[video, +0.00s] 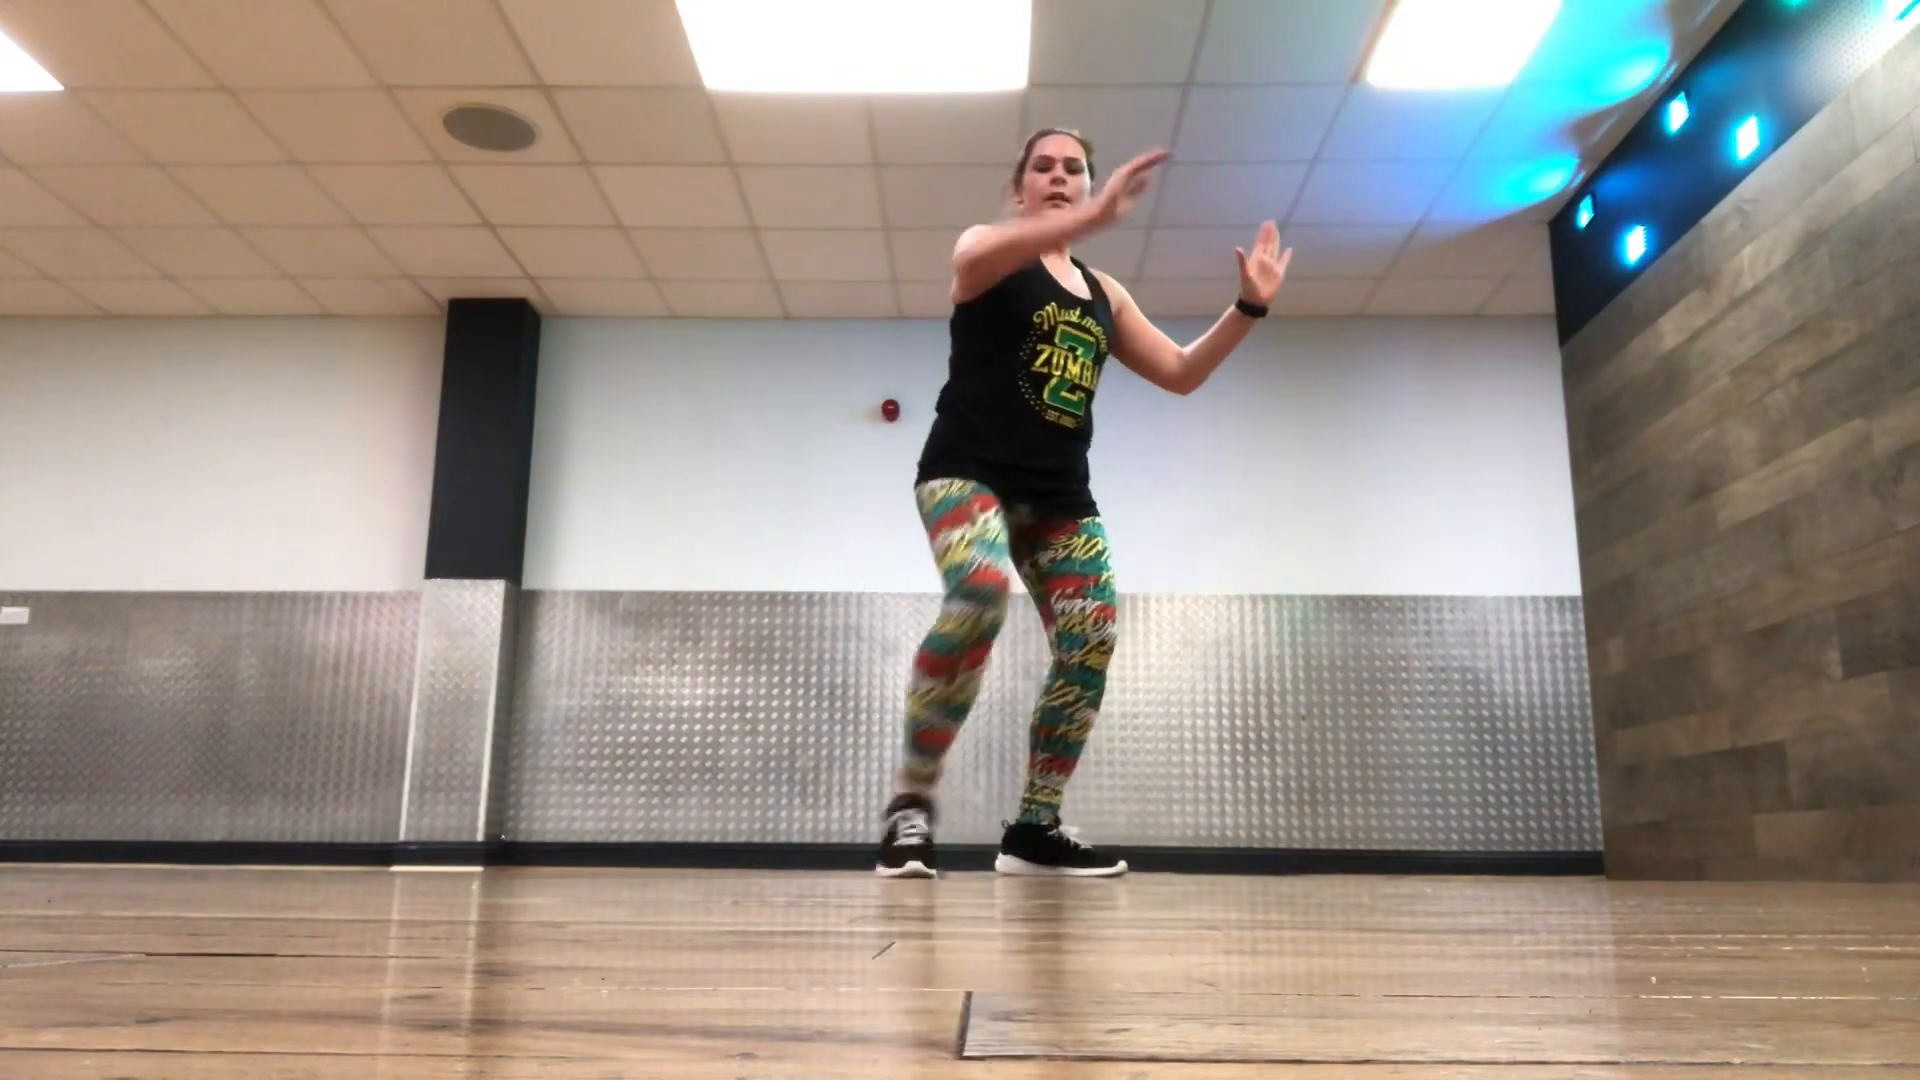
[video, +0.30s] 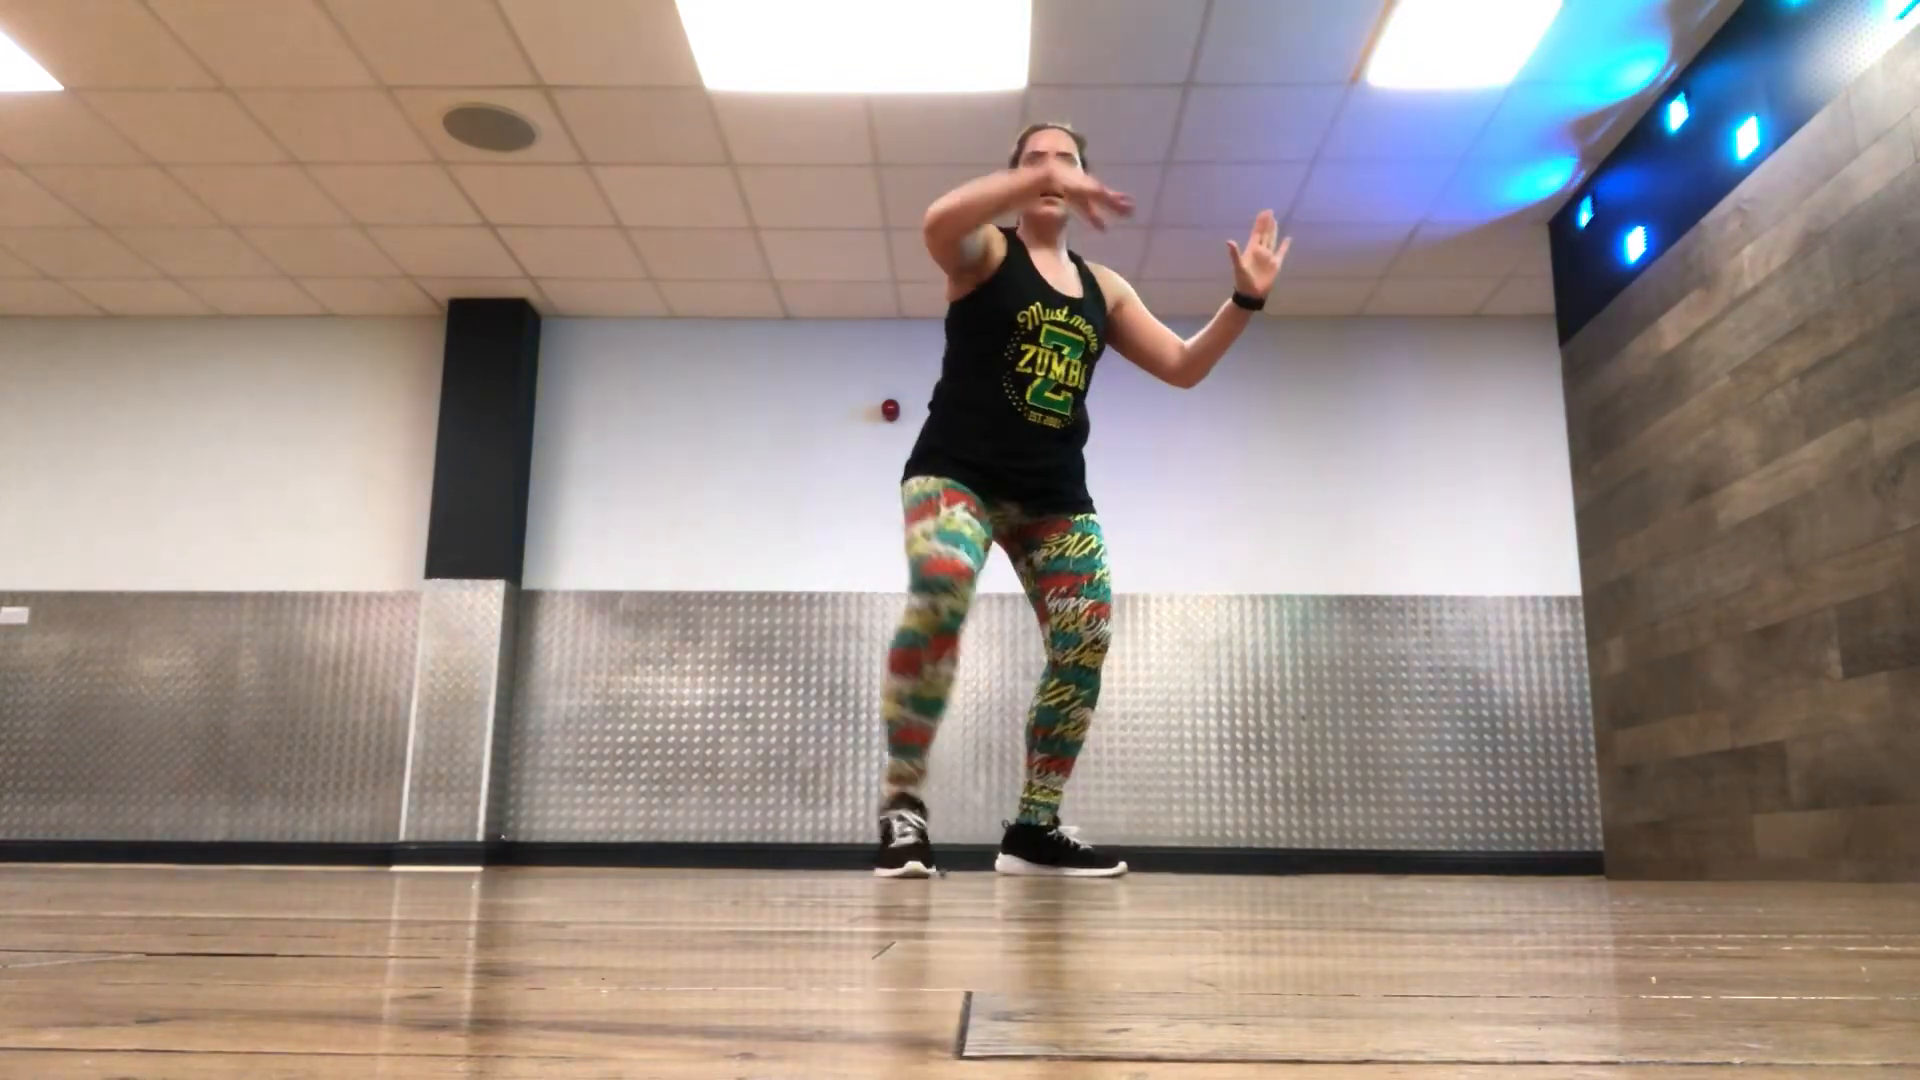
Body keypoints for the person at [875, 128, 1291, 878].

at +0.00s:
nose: (1059, 178)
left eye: (1073, 170)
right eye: (1044, 167)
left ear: (1087, 194)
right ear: (1016, 188)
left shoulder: (1105, 293)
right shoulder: (984, 251)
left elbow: (1179, 371)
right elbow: (981, 255)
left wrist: (1247, 308)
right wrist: (1095, 214)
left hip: (1057, 491)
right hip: (965, 473)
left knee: (1091, 632)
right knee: (981, 592)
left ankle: (1034, 828)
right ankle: (911, 809)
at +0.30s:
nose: (1051, 172)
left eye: (1064, 160)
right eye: (1037, 159)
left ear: (1082, 185)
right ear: (1015, 183)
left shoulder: (1104, 288)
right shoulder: (986, 253)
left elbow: (1183, 365)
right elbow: (940, 223)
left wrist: (1244, 300)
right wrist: (1041, 177)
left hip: (1051, 490)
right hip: (955, 472)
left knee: (1084, 634)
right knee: (942, 589)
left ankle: (1034, 827)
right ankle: (902, 808)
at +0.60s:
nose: (1034, 174)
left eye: (1048, 166)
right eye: (1021, 166)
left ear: (1072, 190)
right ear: (1000, 188)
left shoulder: (1093, 293)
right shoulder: (968, 254)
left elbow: (1173, 370)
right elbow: (913, 288)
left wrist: (1231, 305)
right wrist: (1016, 230)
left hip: (1043, 501)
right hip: (943, 488)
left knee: (1087, 634)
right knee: (914, 625)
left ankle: (1034, 829)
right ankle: (835, 815)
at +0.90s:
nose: (1018, 156)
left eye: (1032, 146)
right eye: (1004, 146)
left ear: (1054, 168)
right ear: (981, 169)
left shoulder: (1095, 257)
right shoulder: (944, 251)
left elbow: (1187, 329)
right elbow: (849, 317)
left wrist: (1254, 289)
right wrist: (878, 245)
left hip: (1059, 484)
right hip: (952, 477)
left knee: (1077, 634)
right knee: (898, 610)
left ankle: (1037, 825)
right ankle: (840, 803)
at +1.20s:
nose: (965, 168)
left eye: (979, 157)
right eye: (950, 157)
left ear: (1001, 178)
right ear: (928, 177)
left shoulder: (1033, 266)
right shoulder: (893, 272)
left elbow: (1084, 370)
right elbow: (865, 374)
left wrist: (1085, 464)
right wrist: (847, 452)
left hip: (1024, 496)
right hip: (925, 501)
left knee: (1048, 652)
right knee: (882, 630)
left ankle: (1100, 823)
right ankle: (910, 828)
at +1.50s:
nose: (905, 167)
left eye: (919, 156)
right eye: (890, 156)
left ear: (941, 175)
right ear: (868, 176)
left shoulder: (968, 248)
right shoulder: (843, 270)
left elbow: (951, 332)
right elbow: (821, 374)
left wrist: (831, 342)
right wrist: (825, 462)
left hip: (960, 458)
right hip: (878, 474)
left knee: (904, 568)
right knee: (855, 624)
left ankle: (965, 763)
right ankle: (909, 821)